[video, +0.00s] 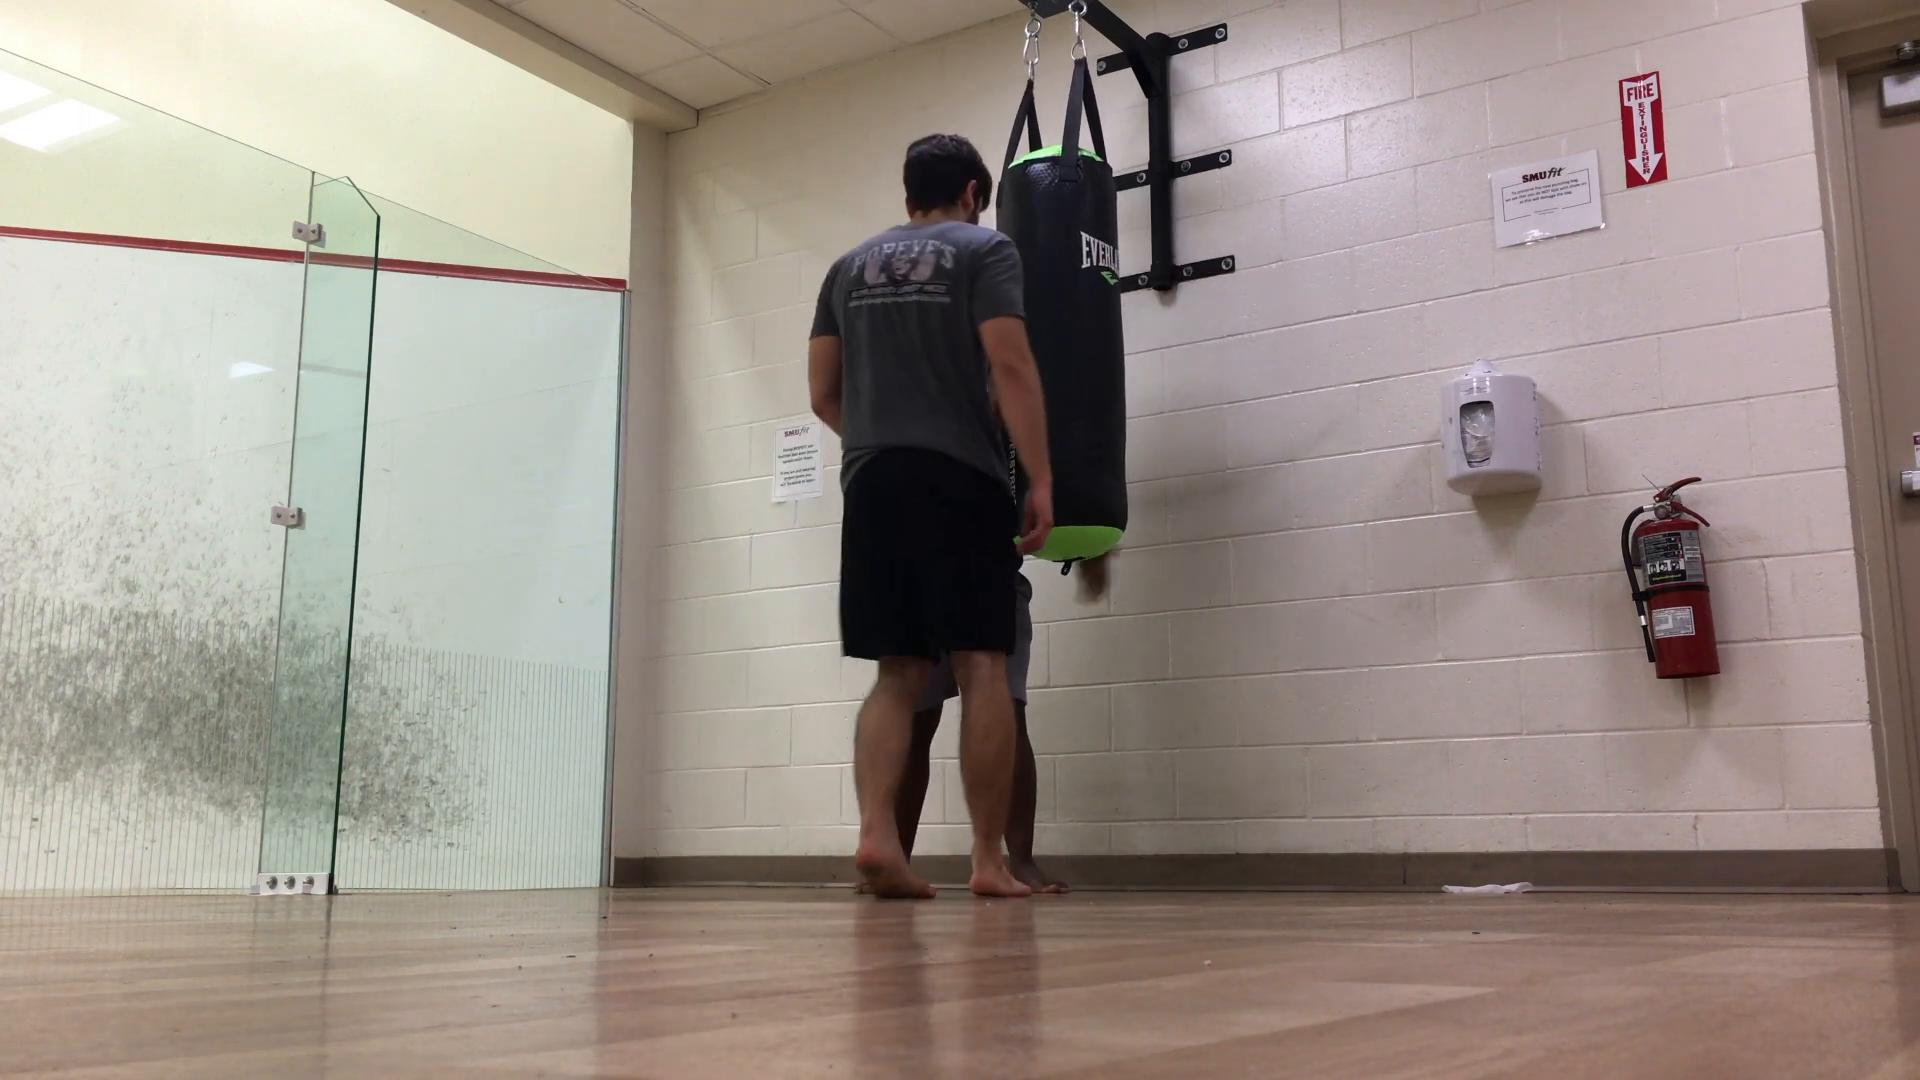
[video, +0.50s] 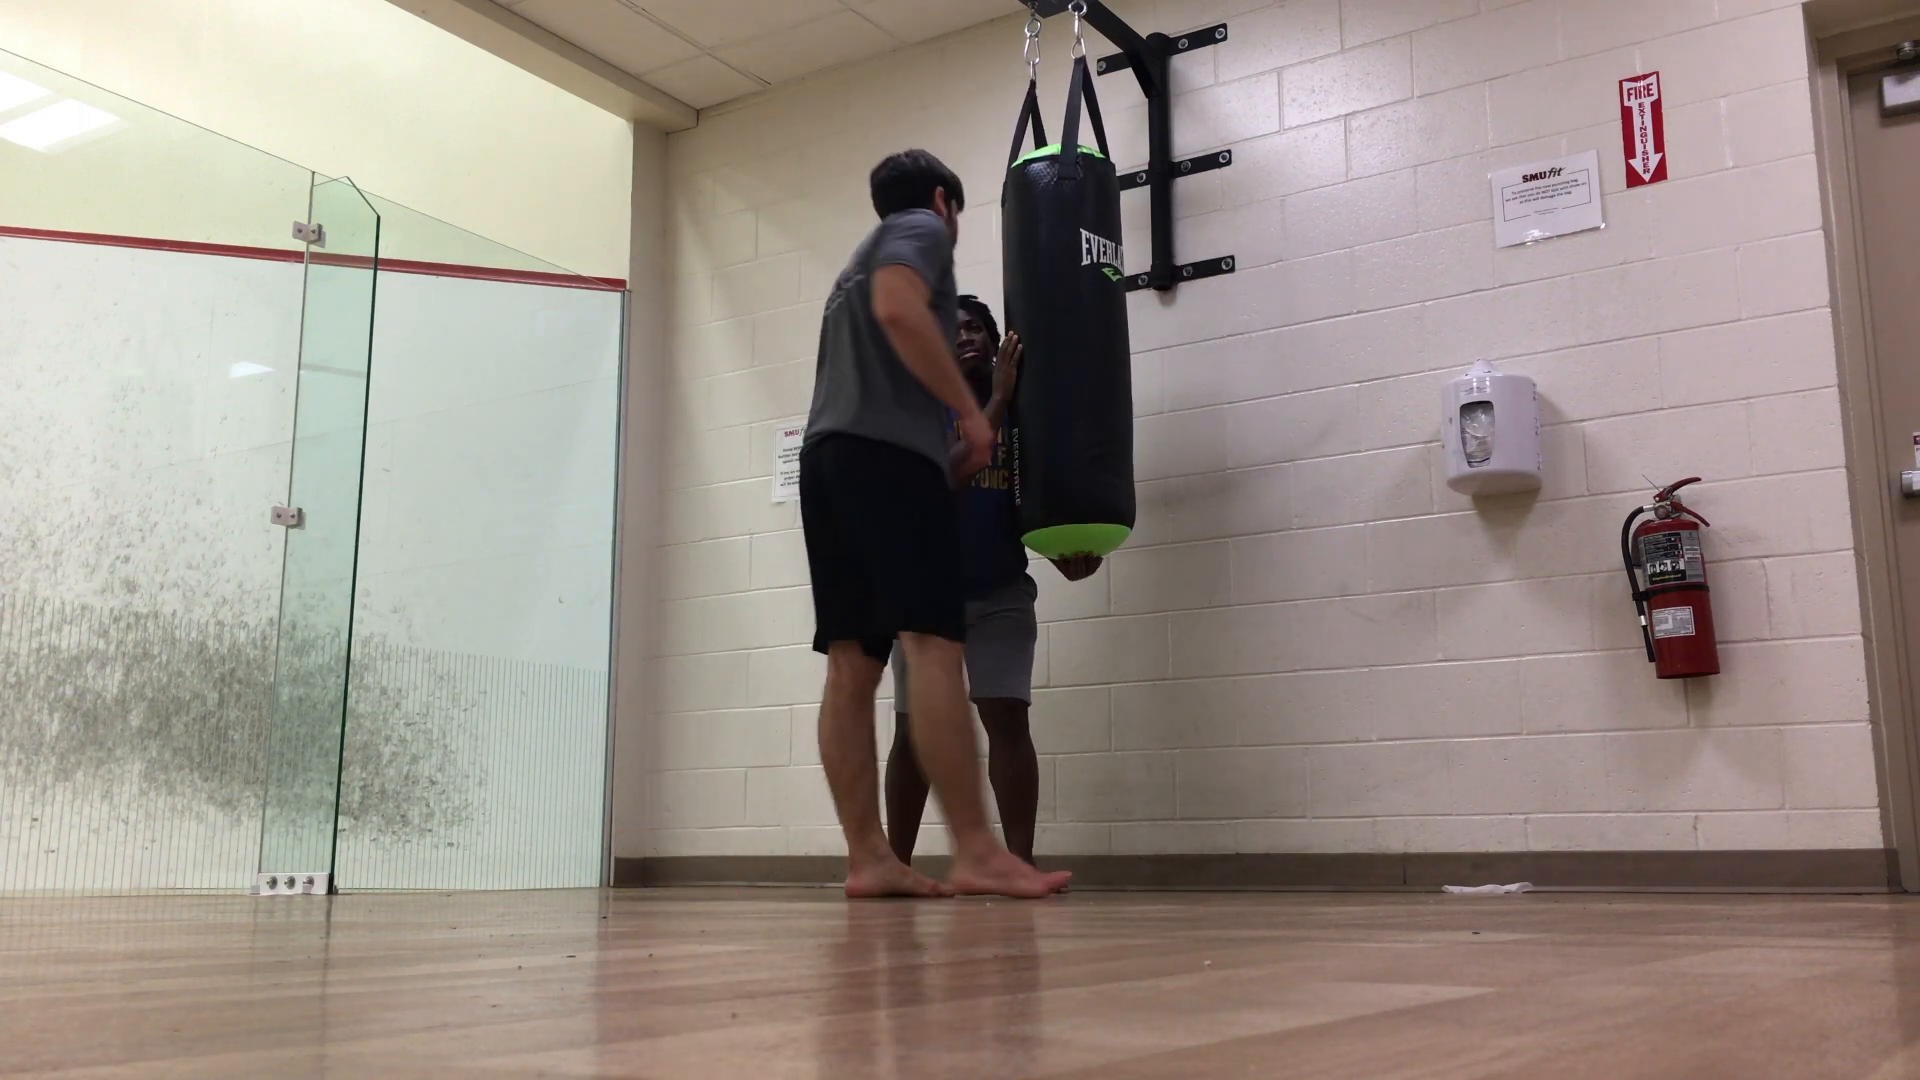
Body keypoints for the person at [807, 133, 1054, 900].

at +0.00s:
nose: (979, 209)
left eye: (974, 200)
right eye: (981, 199)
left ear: (904, 199)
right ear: (973, 195)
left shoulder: (848, 267)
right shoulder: (984, 248)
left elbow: (823, 393)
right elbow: (1009, 364)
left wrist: (885, 441)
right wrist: (1039, 477)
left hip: (874, 482)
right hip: (963, 478)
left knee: (899, 669)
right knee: (983, 670)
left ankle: (878, 839)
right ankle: (990, 860)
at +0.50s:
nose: (957, 224)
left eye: (955, 214)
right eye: (957, 212)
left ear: (884, 205)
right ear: (942, 201)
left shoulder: (857, 266)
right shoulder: (922, 224)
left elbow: (863, 395)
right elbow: (897, 306)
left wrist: (943, 447)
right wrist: (968, 408)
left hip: (830, 465)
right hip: (890, 462)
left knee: (851, 663)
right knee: (935, 650)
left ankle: (871, 860)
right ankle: (980, 852)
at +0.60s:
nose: (945, 214)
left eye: (946, 201)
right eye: (945, 198)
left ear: (879, 189)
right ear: (927, 186)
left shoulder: (860, 243)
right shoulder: (893, 226)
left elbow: (856, 388)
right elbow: (857, 306)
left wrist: (932, 449)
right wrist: (945, 395)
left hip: (845, 465)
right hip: (869, 461)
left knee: (853, 657)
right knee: (893, 629)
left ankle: (870, 854)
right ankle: (894, 826)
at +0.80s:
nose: (914, 184)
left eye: (914, 169)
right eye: (914, 167)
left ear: (863, 158)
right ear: (895, 156)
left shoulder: (863, 243)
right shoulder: (823, 207)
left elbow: (849, 336)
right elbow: (799, 303)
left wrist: (929, 334)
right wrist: (917, 334)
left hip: (864, 461)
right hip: (820, 443)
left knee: (860, 662)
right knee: (788, 590)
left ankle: (872, 858)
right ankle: (675, 786)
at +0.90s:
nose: (903, 185)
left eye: (902, 169)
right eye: (901, 168)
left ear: (851, 164)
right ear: (878, 161)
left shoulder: (846, 252)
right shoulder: (798, 205)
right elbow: (771, 297)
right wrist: (883, 312)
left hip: (844, 486)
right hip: (785, 466)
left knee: (859, 667)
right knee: (727, 633)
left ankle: (874, 860)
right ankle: (613, 837)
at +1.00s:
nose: (891, 175)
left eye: (892, 162)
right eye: (890, 158)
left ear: (838, 145)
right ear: (867, 141)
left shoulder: (840, 242)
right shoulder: (786, 176)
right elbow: (751, 274)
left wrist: (861, 336)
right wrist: (866, 321)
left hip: (826, 466)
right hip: (760, 447)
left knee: (864, 642)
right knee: (713, 626)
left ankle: (882, 840)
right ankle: (610, 834)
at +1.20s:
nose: (885, 143)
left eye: (882, 128)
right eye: (882, 126)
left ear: (835, 120)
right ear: (859, 116)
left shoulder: (838, 227)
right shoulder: (784, 155)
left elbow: (840, 375)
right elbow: (763, 226)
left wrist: (933, 397)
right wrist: (903, 264)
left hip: (832, 436)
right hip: (770, 418)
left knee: (890, 625)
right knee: (749, 604)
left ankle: (851, 832)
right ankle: (641, 826)